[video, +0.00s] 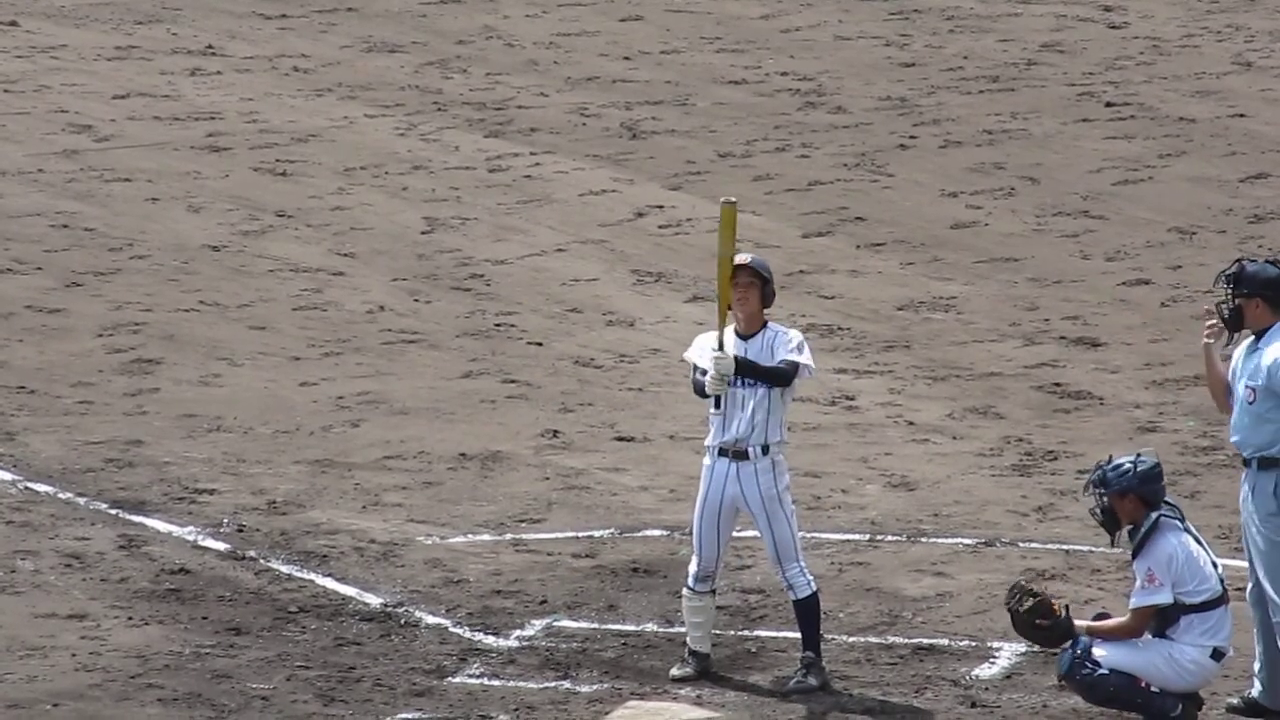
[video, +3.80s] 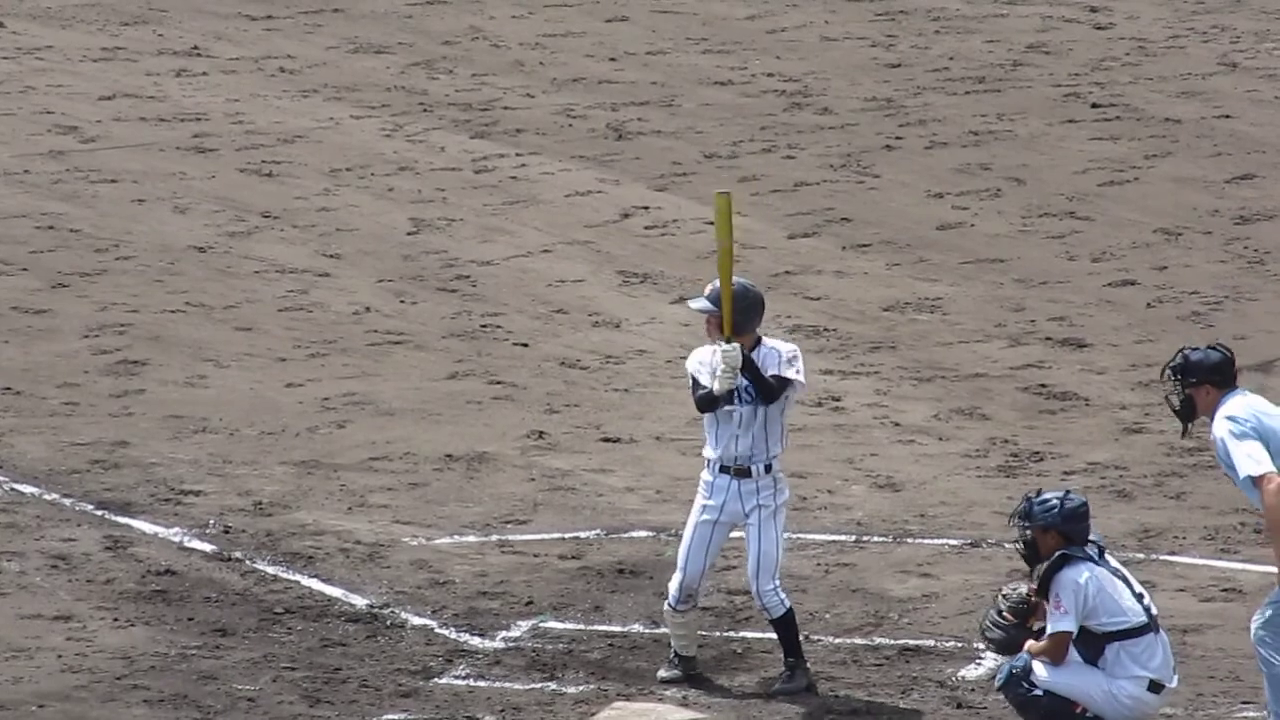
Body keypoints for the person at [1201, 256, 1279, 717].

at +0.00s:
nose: (1233, 304)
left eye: (1238, 298)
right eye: (1234, 297)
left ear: (1258, 306)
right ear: (1259, 305)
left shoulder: (1274, 351)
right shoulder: (1247, 345)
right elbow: (1228, 403)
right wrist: (1210, 350)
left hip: (1273, 478)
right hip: (1253, 475)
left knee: (1274, 593)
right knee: (1260, 593)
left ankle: (1273, 694)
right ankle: (1267, 692)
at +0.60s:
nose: (1224, 327)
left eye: (1226, 319)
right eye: (1222, 319)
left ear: (1244, 317)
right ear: (1259, 312)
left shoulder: (1266, 367)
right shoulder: (1263, 355)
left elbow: (1271, 449)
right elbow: (1262, 425)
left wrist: (1240, 513)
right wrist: (1236, 402)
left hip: (1263, 503)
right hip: (1256, 496)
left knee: (1259, 607)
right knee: (1257, 602)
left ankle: (1266, 695)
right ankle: (1261, 692)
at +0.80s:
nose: (1214, 339)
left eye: (1214, 330)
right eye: (1212, 330)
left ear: (1230, 327)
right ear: (1252, 318)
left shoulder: (1253, 373)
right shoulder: (1272, 348)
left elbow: (1265, 455)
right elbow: (1267, 423)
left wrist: (1250, 533)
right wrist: (1242, 457)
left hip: (1269, 522)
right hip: (1272, 514)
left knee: (1249, 627)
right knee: (1264, 608)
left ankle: (1276, 706)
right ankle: (1263, 688)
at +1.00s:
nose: (1203, 345)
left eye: (1205, 336)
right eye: (1202, 336)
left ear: (1222, 334)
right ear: (1244, 327)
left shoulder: (1246, 380)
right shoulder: (1270, 356)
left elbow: (1267, 461)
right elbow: (1268, 456)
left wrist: (1255, 537)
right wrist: (1253, 516)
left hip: (1271, 527)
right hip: (1274, 521)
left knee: (1243, 630)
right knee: (1264, 621)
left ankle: (1275, 706)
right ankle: (1271, 699)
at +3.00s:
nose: (1221, 335)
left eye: (1224, 327)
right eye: (1221, 326)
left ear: (1243, 326)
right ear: (1258, 321)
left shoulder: (1258, 369)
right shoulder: (1269, 354)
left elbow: (1270, 448)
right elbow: (1269, 448)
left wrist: (1253, 520)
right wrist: (1256, 518)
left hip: (1274, 519)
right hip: (1271, 517)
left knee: (1255, 627)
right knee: (1262, 617)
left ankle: (1274, 702)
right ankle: (1273, 692)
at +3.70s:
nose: (1188, 375)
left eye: (1192, 367)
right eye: (1187, 366)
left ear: (1212, 370)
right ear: (1225, 365)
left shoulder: (1231, 403)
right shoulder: (1257, 385)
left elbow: (1272, 467)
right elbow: (1272, 461)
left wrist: (1276, 546)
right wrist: (1269, 504)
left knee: (1268, 626)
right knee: (1268, 626)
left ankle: (1276, 708)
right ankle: (1274, 707)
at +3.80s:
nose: (1184, 396)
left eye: (1187, 388)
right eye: (1184, 388)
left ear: (1207, 392)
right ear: (1219, 386)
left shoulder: (1227, 422)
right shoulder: (1251, 403)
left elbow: (1271, 484)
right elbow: (1272, 481)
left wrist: (1276, 548)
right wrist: (1271, 538)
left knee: (1266, 628)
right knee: (1267, 626)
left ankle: (1276, 709)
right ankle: (1274, 708)